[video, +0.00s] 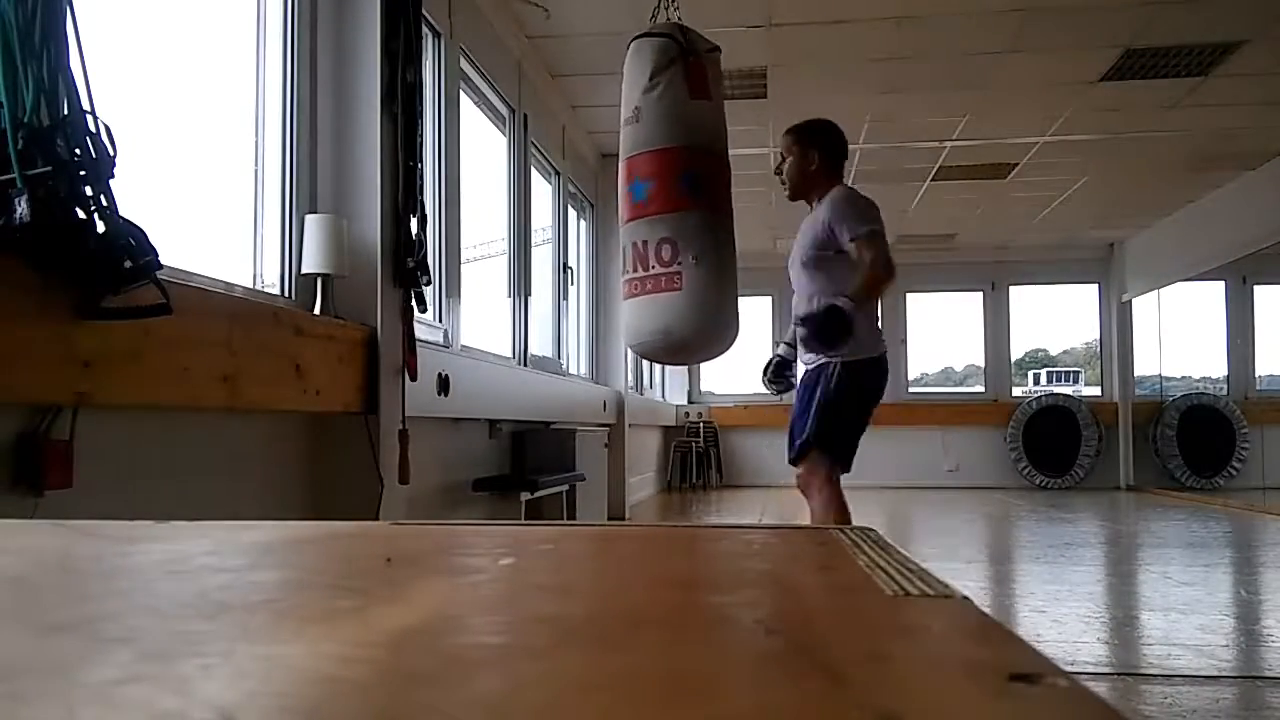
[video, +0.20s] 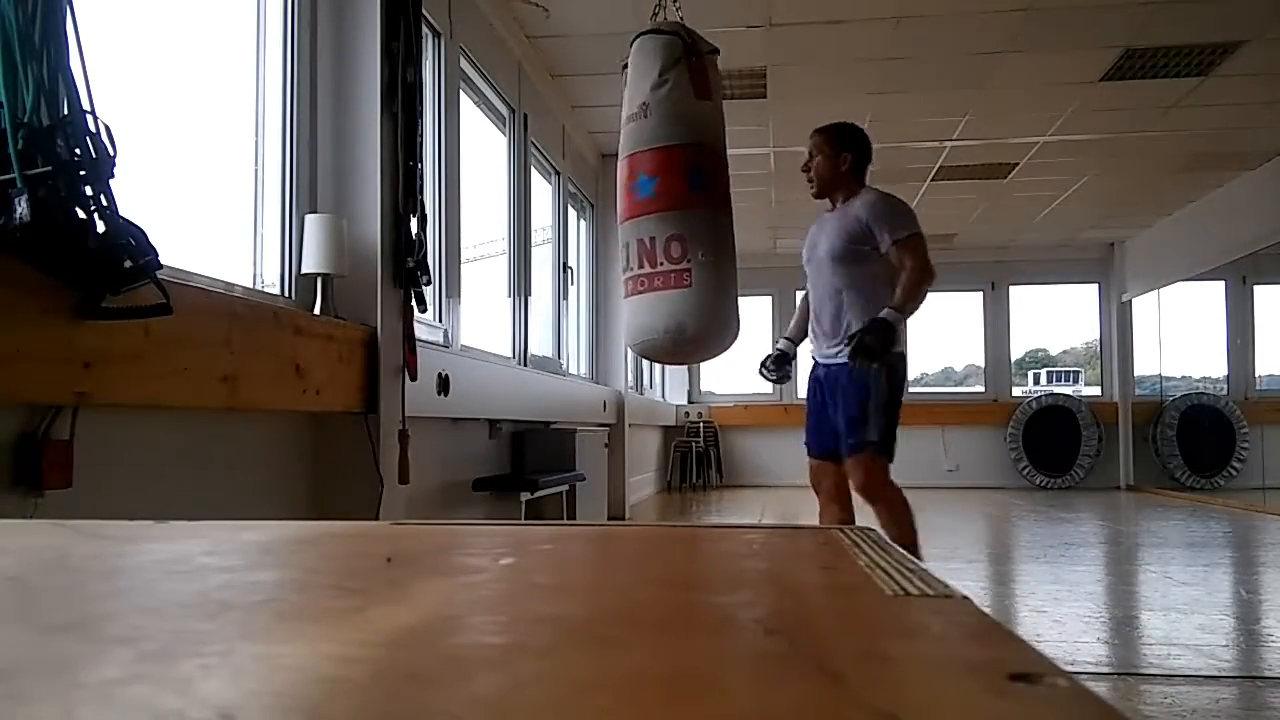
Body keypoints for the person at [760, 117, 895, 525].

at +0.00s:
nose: (778, 167)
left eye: (786, 156)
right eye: (780, 157)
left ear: (814, 160)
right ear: (812, 162)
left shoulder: (844, 203)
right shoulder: (818, 217)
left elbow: (880, 266)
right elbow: (815, 297)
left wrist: (845, 308)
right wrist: (790, 349)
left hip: (845, 362)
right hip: (825, 363)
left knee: (815, 475)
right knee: (815, 477)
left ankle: (835, 580)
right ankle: (841, 574)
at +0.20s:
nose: (805, 167)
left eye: (814, 156)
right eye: (806, 157)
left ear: (845, 161)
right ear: (837, 163)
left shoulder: (879, 208)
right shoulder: (818, 230)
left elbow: (919, 271)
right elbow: (815, 295)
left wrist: (888, 321)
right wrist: (787, 345)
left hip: (869, 364)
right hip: (825, 369)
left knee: (867, 478)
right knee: (826, 481)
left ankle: (912, 577)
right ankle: (840, 584)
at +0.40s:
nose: (860, 175)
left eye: (870, 166)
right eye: (858, 166)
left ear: (900, 172)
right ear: (858, 171)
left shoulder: (924, 226)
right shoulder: (850, 232)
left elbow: (949, 293)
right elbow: (850, 302)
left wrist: (900, 315)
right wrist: (833, 354)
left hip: (904, 377)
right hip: (849, 375)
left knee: (937, 481)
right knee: (836, 481)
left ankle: (978, 583)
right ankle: (840, 591)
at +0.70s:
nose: (913, 176)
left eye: (923, 167)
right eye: (909, 168)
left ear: (951, 173)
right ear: (905, 174)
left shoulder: (976, 240)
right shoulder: (895, 230)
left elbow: (992, 312)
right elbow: (886, 290)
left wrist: (943, 316)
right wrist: (867, 339)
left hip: (943, 374)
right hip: (890, 372)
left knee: (966, 484)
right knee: (878, 472)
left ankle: (981, 594)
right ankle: (899, 581)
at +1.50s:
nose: (858, 224)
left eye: (861, 213)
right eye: (854, 215)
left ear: (891, 204)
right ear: (873, 211)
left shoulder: (940, 246)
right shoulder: (867, 260)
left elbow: (947, 309)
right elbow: (863, 322)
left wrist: (914, 278)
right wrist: (841, 307)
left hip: (938, 371)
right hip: (895, 376)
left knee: (932, 477)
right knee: (902, 477)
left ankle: (938, 583)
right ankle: (957, 561)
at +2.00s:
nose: (818, 216)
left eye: (823, 204)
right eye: (815, 206)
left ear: (853, 197)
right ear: (823, 204)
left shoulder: (905, 234)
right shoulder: (832, 247)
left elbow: (932, 296)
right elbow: (823, 321)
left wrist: (885, 260)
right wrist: (809, 294)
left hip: (906, 362)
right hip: (863, 371)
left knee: (912, 461)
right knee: (867, 472)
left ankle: (952, 578)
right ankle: (904, 572)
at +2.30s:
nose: (797, 212)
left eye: (804, 199)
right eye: (793, 203)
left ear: (834, 196)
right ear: (793, 208)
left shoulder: (873, 232)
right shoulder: (812, 258)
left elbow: (917, 276)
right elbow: (789, 315)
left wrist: (850, 248)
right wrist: (772, 279)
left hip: (884, 370)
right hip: (858, 375)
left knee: (854, 469)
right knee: (842, 473)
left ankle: (892, 575)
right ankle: (876, 575)